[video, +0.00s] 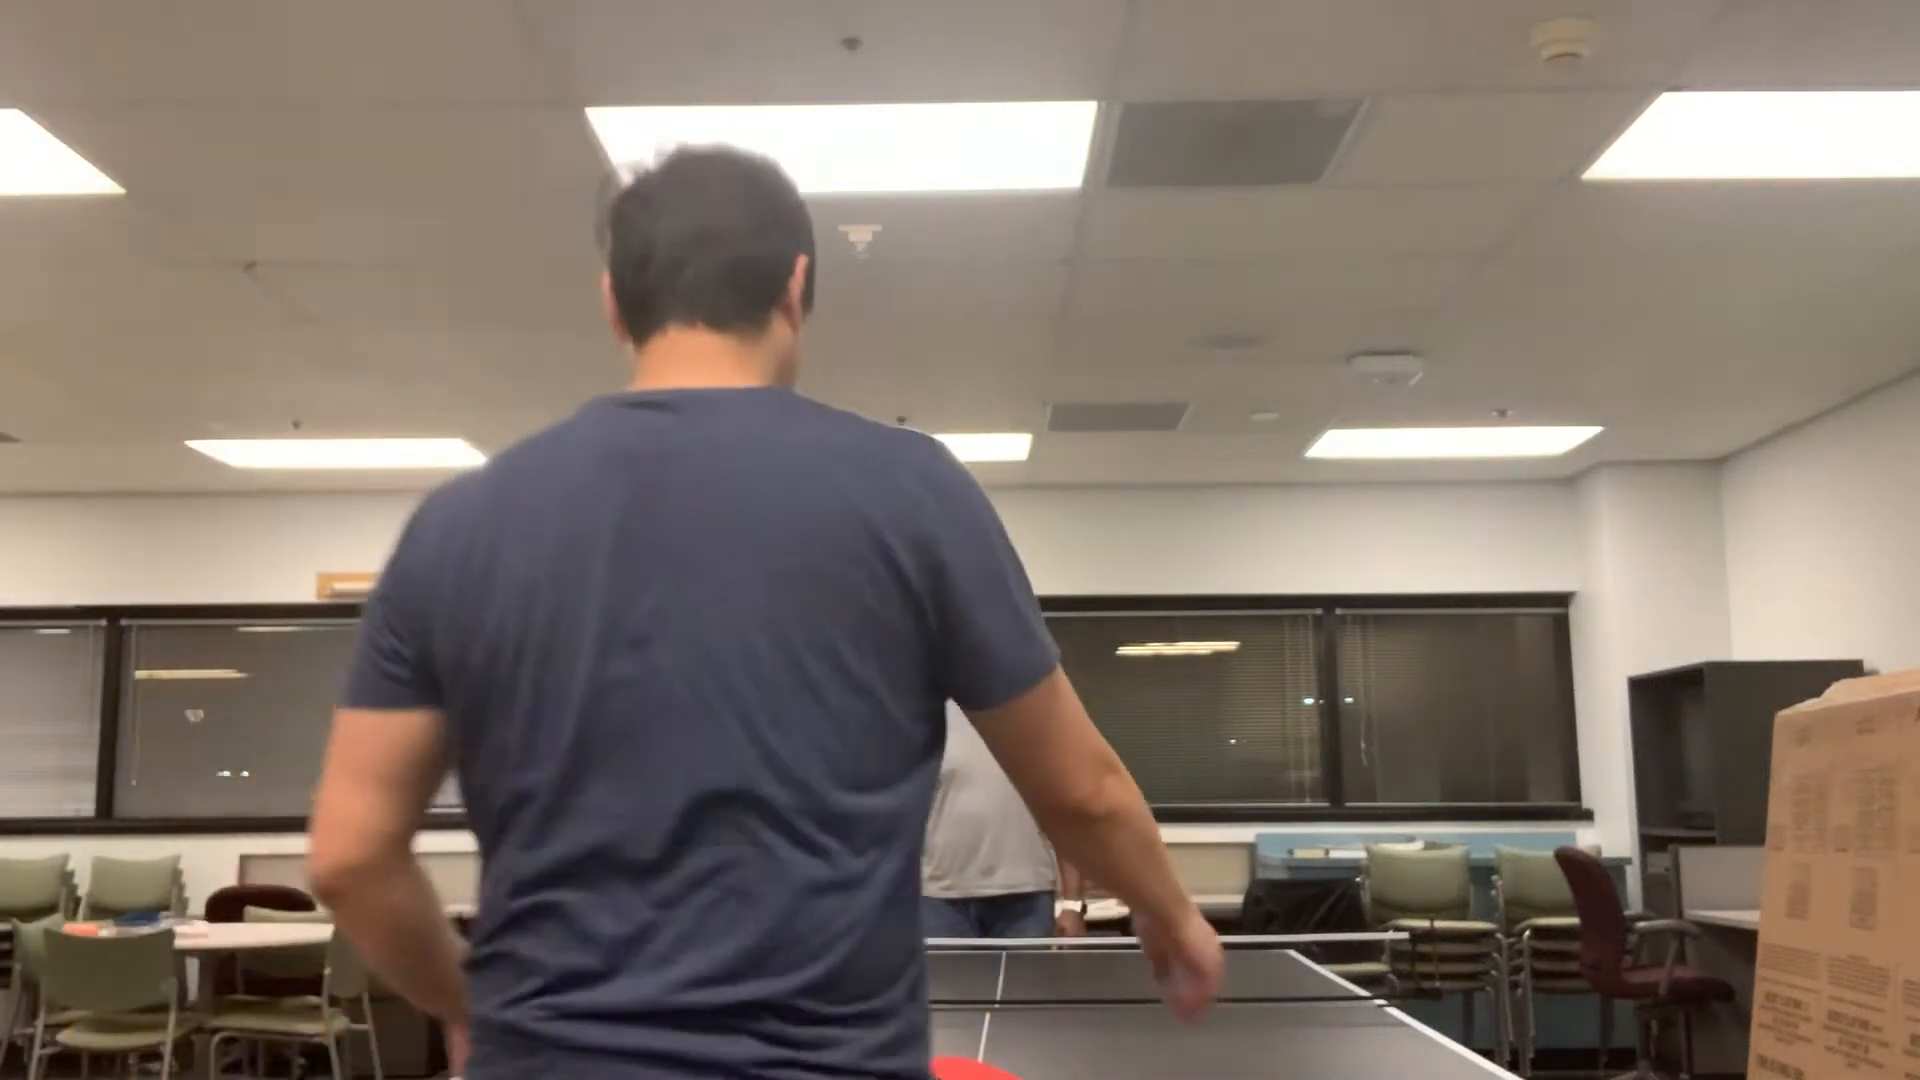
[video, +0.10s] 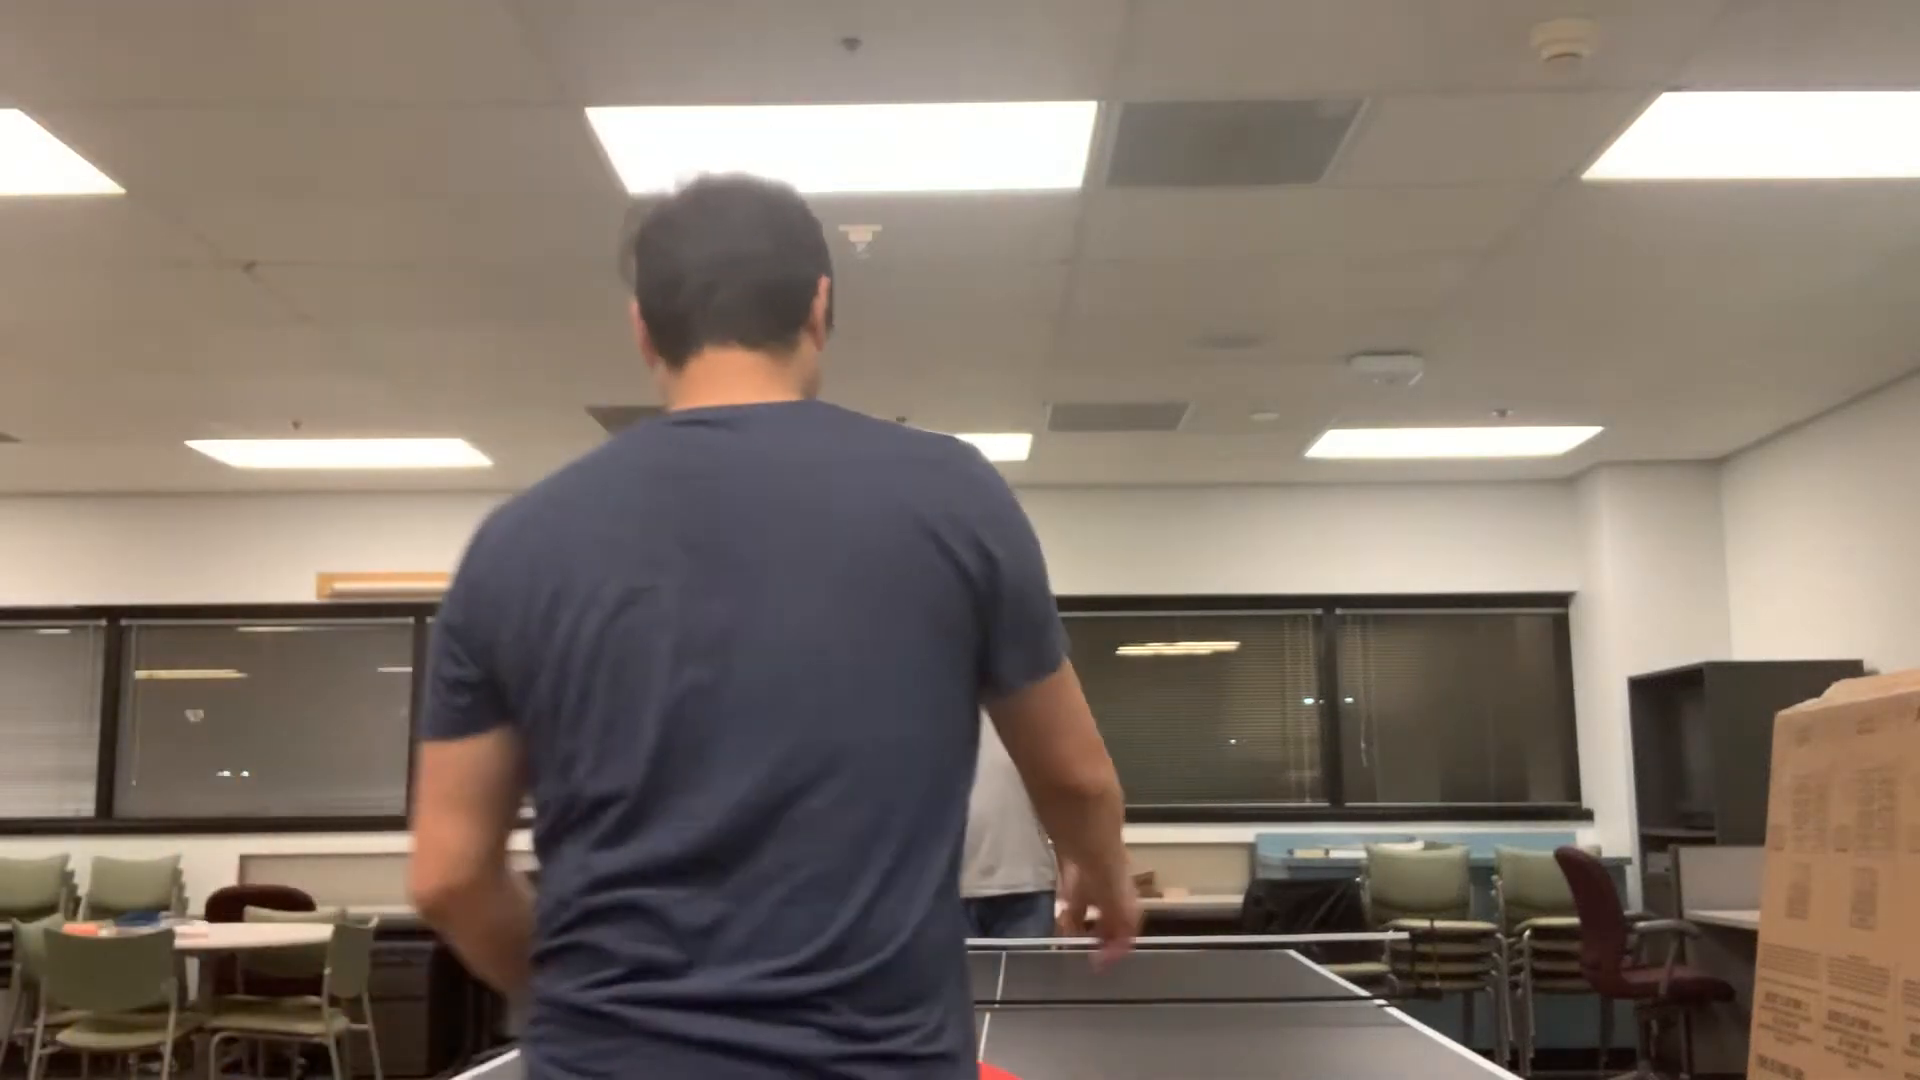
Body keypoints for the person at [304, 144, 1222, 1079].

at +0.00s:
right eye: (814, 294)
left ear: (611, 304)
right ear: (798, 289)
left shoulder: (470, 516)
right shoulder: (906, 484)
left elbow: (349, 855)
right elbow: (1083, 794)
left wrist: (466, 1007)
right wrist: (1170, 916)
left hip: (548, 1051)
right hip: (831, 1050)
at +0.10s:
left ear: (641, 329)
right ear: (822, 309)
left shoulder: (527, 538)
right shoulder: (946, 490)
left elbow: (449, 875)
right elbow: (1077, 780)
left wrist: (564, 987)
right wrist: (1101, 879)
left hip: (607, 1048)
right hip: (882, 1048)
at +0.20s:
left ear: (684, 341)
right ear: (858, 321)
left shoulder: (590, 539)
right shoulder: (997, 493)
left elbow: (555, 869)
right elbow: (1069, 767)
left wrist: (654, 955)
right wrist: (1049, 866)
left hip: (674, 1050)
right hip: (942, 1048)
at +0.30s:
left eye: (729, 360)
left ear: (740, 362)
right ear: (912, 342)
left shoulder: (665, 551)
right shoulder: (1052, 508)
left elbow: (656, 868)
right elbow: (1079, 773)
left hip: (757, 1051)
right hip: (1016, 1049)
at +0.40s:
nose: (811, 411)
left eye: (804, 396)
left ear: (815, 401)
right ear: (975, 377)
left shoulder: (754, 579)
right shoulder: (1113, 544)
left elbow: (756, 887)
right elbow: (1108, 796)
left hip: (852, 1053)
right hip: (1098, 1049)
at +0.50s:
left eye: (875, 427)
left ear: (893, 432)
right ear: (1047, 409)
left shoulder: (863, 601)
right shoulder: (1164, 566)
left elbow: (851, 902)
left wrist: (938, 1003)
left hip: (976, 1052)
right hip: (1204, 1044)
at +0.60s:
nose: (939, 454)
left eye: (934, 436)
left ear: (949, 441)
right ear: (1092, 422)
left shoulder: (940, 595)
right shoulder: (1203, 564)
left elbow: (922, 903)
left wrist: (974, 1025)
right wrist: (979, 1031)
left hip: (1082, 1048)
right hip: (1290, 1037)